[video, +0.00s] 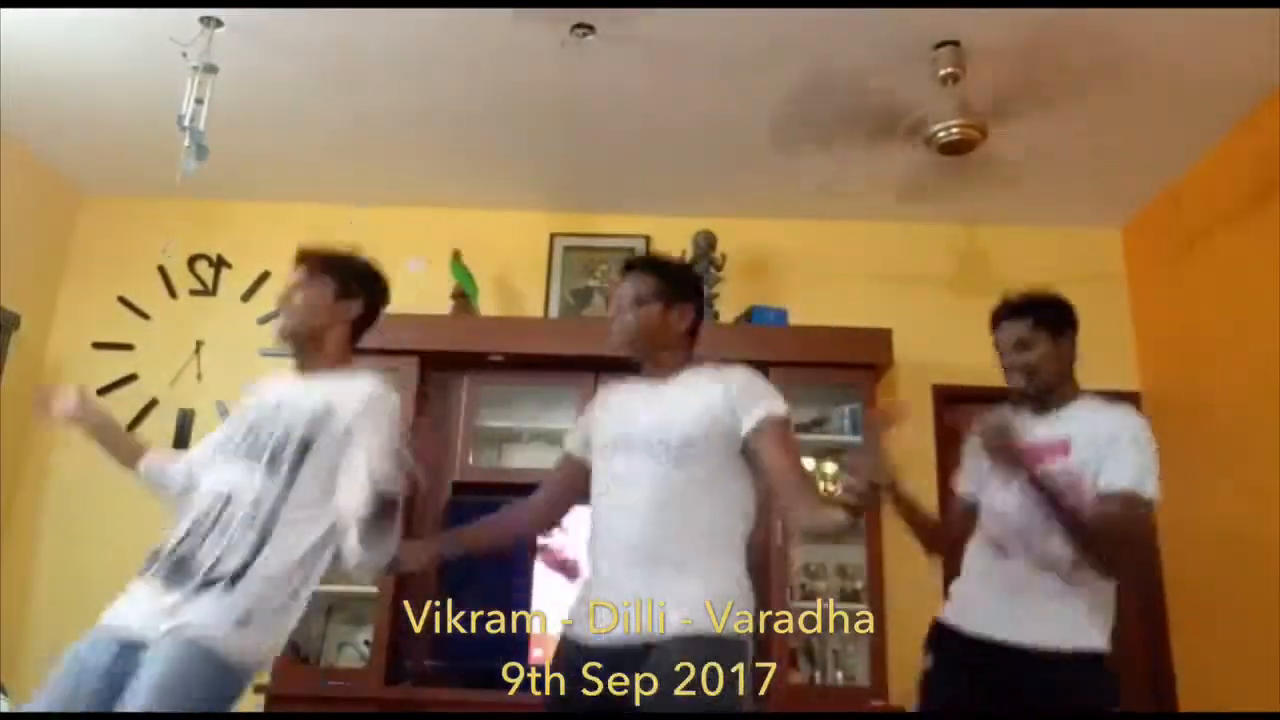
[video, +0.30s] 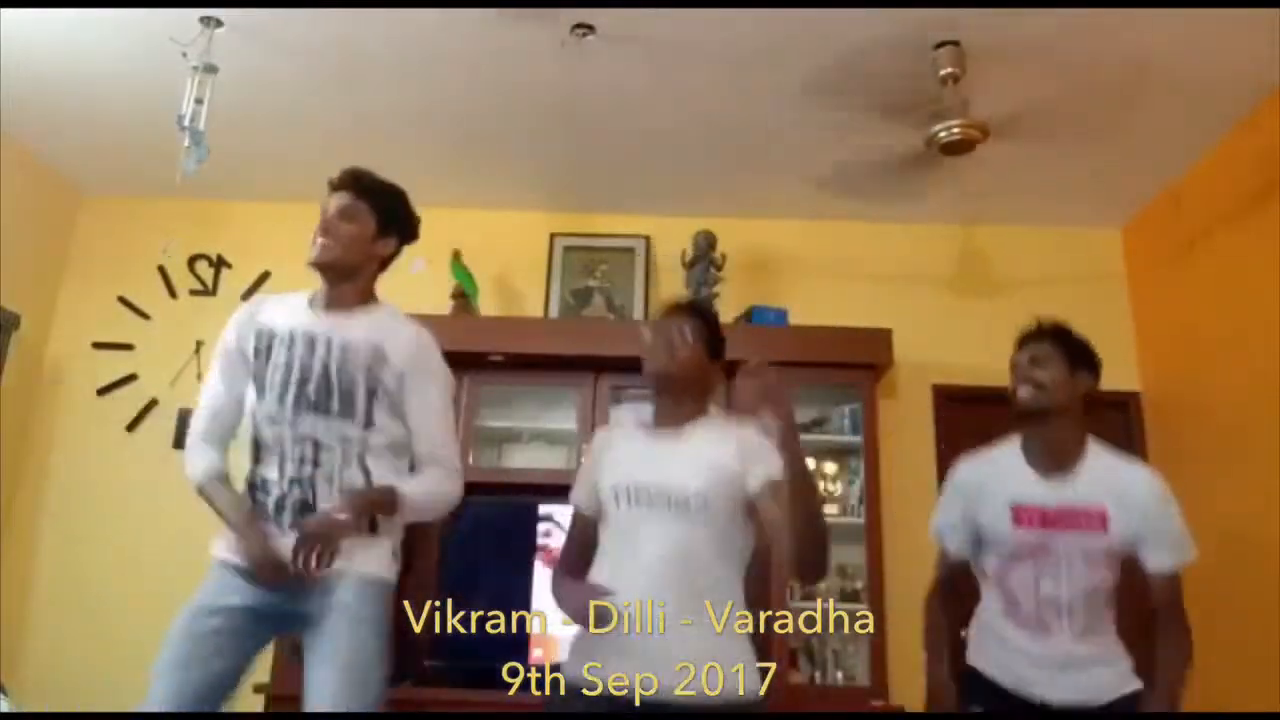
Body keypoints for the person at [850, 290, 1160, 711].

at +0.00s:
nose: (1011, 364)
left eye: (1024, 347)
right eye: (1003, 353)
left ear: (1067, 345)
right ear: (997, 358)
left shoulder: (1119, 427)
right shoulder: (993, 427)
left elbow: (1117, 555)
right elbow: (948, 542)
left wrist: (1025, 469)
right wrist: (892, 492)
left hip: (1064, 658)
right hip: (968, 649)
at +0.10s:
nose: (1005, 329)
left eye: (1021, 315)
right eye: (999, 318)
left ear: (1066, 323)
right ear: (994, 326)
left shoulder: (1119, 411)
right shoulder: (972, 406)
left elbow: (1144, 539)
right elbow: (934, 508)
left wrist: (1085, 477)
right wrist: (898, 465)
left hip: (1082, 640)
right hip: (981, 635)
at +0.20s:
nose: (1013, 346)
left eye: (1030, 333)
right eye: (1008, 336)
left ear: (1074, 351)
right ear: (1002, 347)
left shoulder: (1130, 448)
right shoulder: (965, 440)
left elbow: (1165, 579)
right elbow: (946, 526)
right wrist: (926, 565)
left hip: (1102, 669)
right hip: (998, 664)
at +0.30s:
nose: (1023, 373)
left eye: (1040, 363)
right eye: (1018, 364)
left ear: (1083, 383)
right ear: (1011, 378)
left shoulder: (1137, 487)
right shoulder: (974, 477)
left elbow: (1171, 620)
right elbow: (946, 593)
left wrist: (1162, 701)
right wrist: (941, 690)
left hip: (1102, 690)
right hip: (998, 689)